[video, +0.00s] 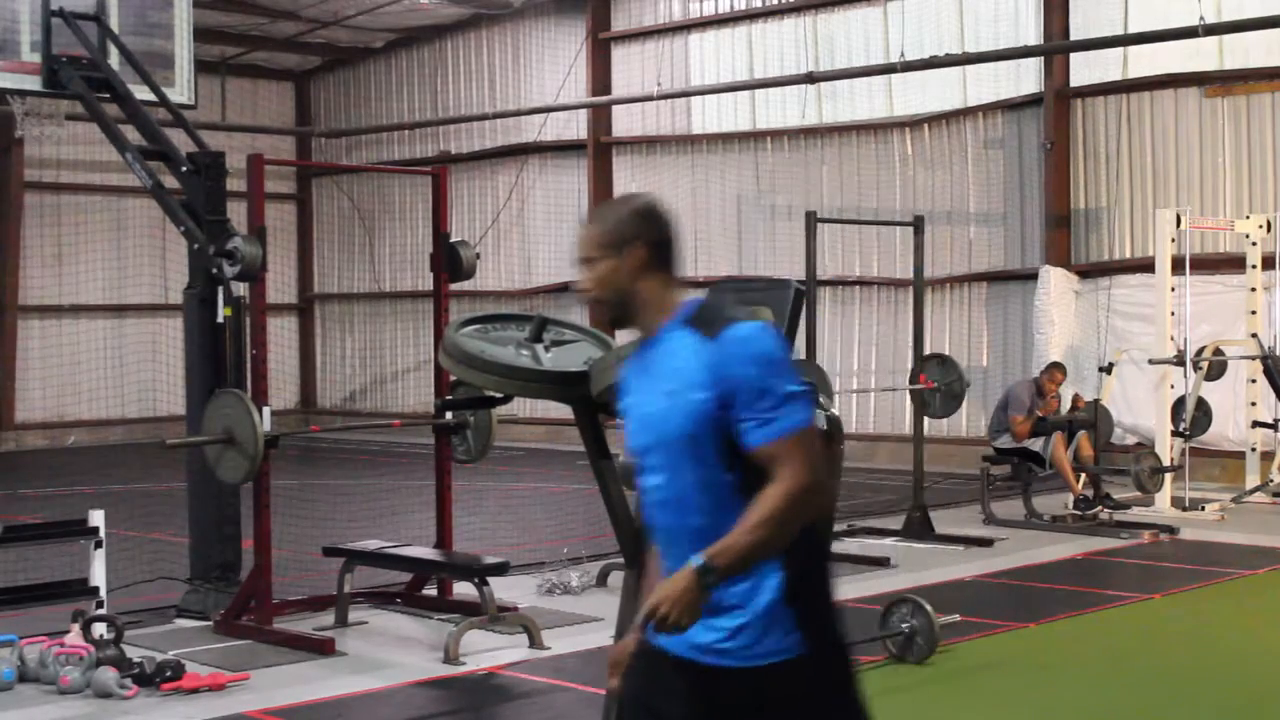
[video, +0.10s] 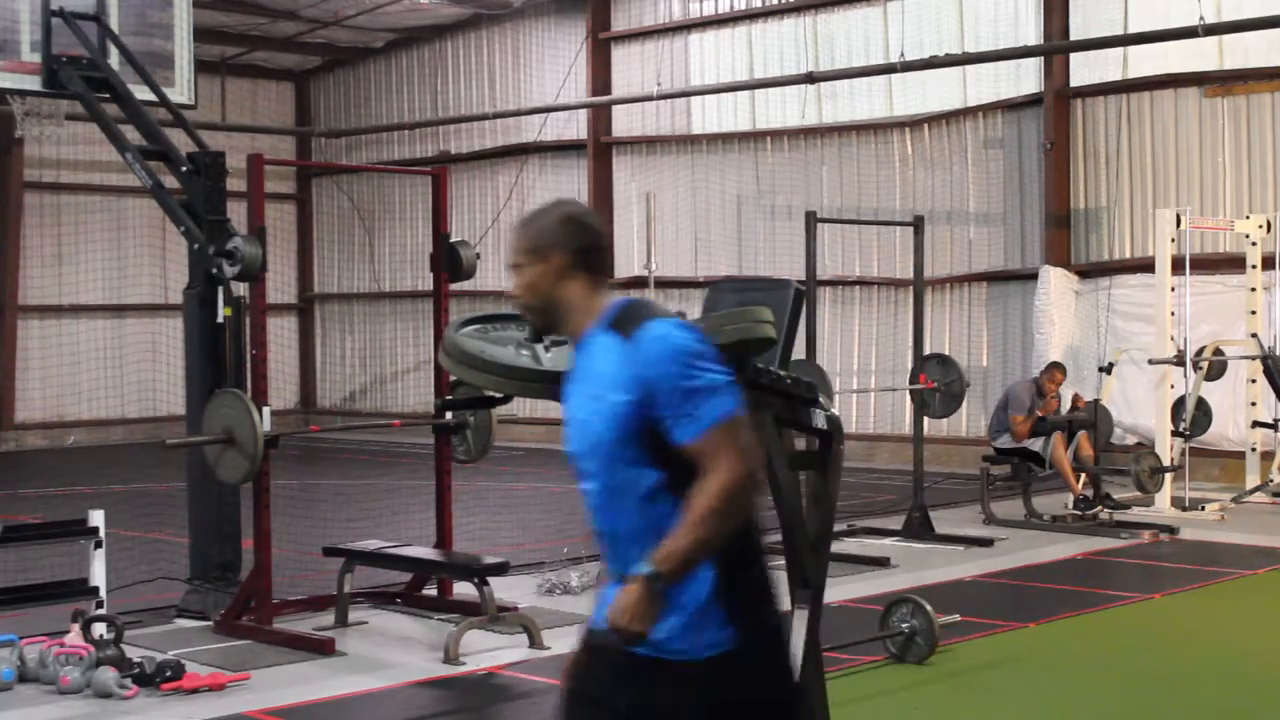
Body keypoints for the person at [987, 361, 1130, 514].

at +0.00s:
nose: (1054, 388)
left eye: (1058, 385)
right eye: (1051, 382)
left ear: (1061, 384)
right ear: (1041, 375)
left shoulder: (1051, 395)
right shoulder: (1021, 391)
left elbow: (1054, 427)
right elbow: (1019, 435)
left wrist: (1073, 411)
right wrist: (1041, 412)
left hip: (1029, 438)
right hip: (1004, 440)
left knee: (1081, 436)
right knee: (1055, 439)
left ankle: (1099, 494)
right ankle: (1079, 498)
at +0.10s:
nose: (1054, 388)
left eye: (1058, 385)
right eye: (1051, 382)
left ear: (1061, 385)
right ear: (1041, 375)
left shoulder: (1051, 395)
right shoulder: (1021, 391)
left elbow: (1054, 427)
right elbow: (1018, 435)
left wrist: (1073, 411)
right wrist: (1040, 412)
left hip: (1029, 438)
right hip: (1004, 440)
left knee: (1080, 436)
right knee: (1055, 439)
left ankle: (1099, 494)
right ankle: (1079, 498)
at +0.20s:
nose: (1053, 388)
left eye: (1058, 385)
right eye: (1051, 382)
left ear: (1061, 385)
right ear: (1041, 375)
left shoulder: (1050, 395)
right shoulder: (1021, 391)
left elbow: (1054, 427)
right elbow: (1018, 435)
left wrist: (1072, 411)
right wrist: (1040, 412)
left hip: (1029, 438)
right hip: (1004, 440)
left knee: (1081, 436)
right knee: (1055, 439)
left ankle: (1099, 494)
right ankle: (1079, 498)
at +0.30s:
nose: (1053, 388)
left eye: (1058, 385)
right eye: (1051, 382)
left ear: (1061, 385)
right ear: (1041, 375)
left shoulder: (1050, 395)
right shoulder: (1021, 391)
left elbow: (1054, 427)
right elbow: (1019, 435)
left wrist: (1072, 411)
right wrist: (1040, 412)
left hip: (1029, 438)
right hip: (1004, 440)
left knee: (1080, 436)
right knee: (1055, 439)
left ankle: (1099, 494)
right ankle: (1079, 498)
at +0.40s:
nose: (1053, 388)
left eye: (1058, 385)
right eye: (1051, 382)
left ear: (1061, 385)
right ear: (1041, 375)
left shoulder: (1050, 395)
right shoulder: (1021, 391)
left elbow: (1054, 428)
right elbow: (1019, 435)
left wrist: (1072, 411)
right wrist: (1040, 412)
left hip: (1029, 438)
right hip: (1004, 440)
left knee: (1080, 436)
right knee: (1055, 439)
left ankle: (1099, 494)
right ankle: (1079, 498)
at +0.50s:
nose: (1054, 388)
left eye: (1058, 385)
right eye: (1051, 382)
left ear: (1061, 385)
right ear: (1041, 374)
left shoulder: (1051, 395)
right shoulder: (1021, 391)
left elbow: (1053, 427)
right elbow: (1019, 435)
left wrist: (1072, 411)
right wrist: (1041, 412)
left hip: (1029, 438)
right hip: (1003, 439)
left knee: (1080, 436)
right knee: (1055, 439)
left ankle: (1099, 494)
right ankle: (1079, 498)